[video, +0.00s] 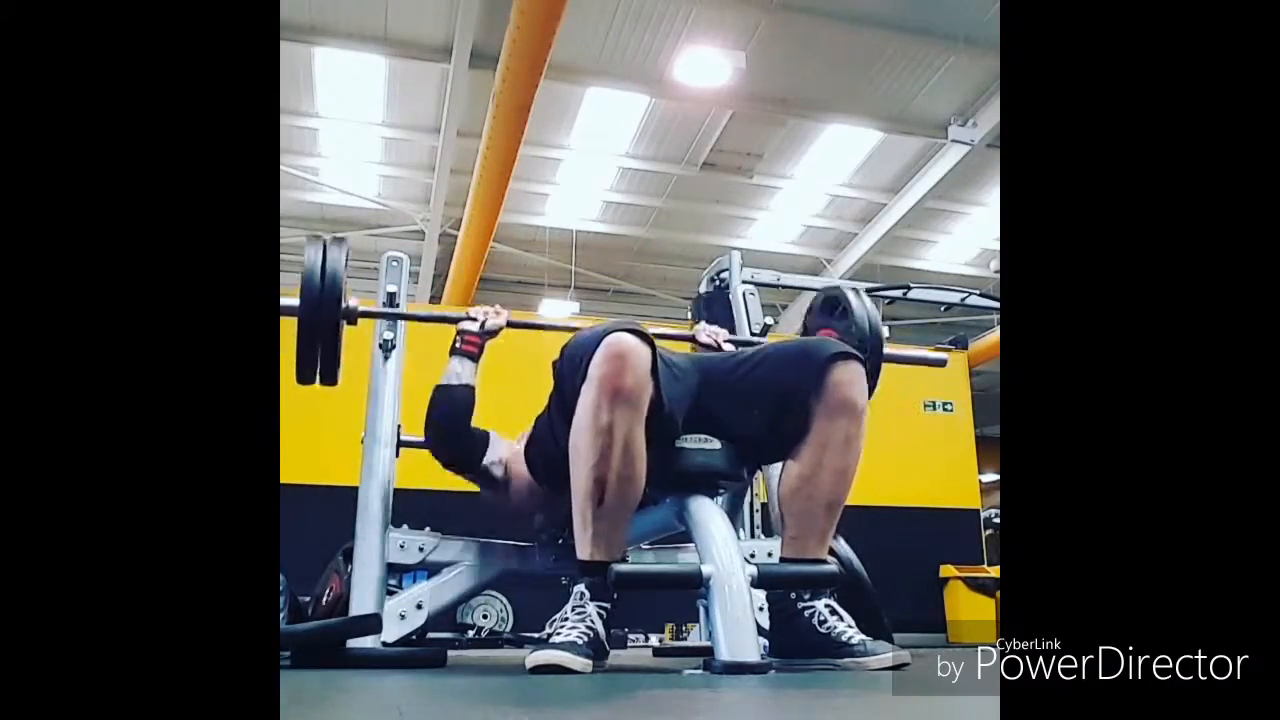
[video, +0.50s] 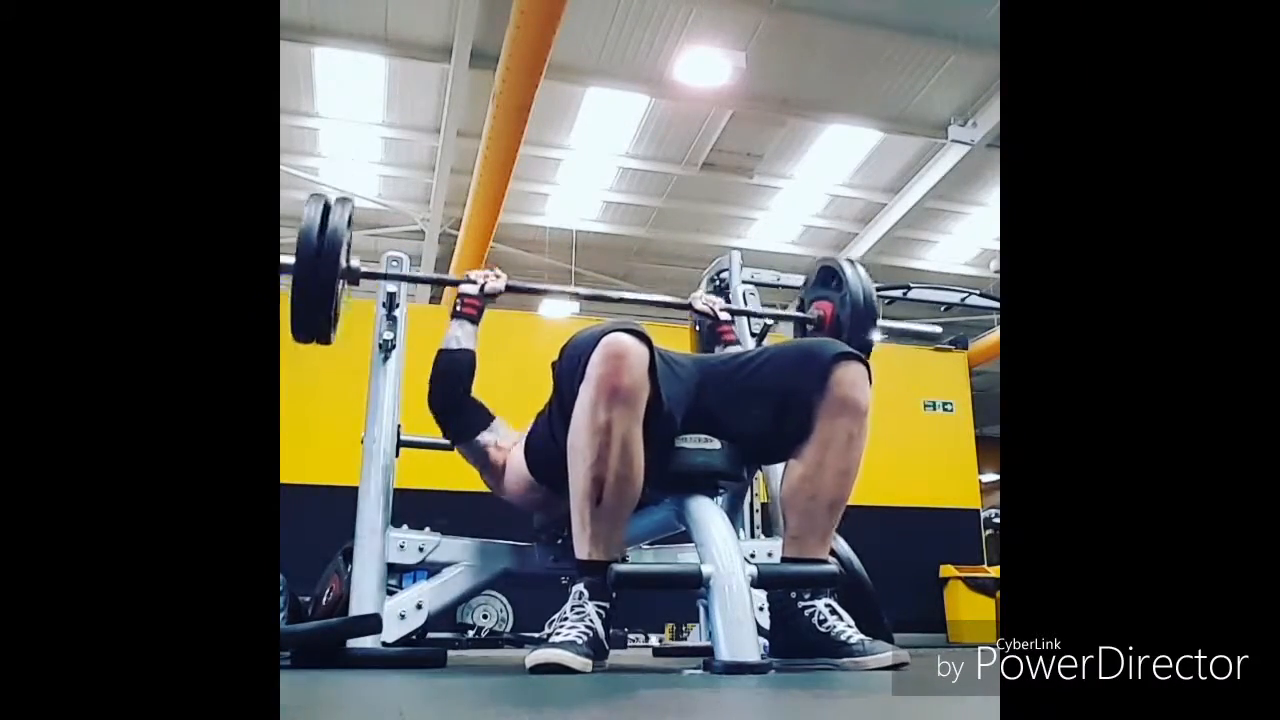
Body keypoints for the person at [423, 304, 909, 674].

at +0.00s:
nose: (509, 496)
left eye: (502, 490)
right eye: (501, 490)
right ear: (506, 477)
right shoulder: (524, 461)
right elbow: (448, 433)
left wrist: (717, 355)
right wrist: (468, 344)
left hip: (713, 385)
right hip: (642, 374)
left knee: (841, 373)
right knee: (620, 353)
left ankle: (799, 610)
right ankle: (587, 606)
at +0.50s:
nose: (497, 446)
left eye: (498, 444)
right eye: (491, 455)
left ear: (522, 440)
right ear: (496, 468)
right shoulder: (519, 469)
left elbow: (730, 402)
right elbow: (449, 399)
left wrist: (720, 334)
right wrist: (468, 309)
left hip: (694, 390)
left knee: (843, 377)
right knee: (618, 355)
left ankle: (800, 607)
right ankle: (585, 606)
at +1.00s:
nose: (481, 460)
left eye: (478, 462)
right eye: (482, 476)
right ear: (496, 493)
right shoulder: (528, 480)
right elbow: (447, 479)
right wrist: (465, 384)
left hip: (700, 373)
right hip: (625, 357)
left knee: (847, 376)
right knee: (617, 357)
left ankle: (801, 607)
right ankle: (588, 606)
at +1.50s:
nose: (499, 435)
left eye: (501, 434)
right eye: (494, 437)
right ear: (503, 459)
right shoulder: (526, 468)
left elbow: (724, 375)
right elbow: (473, 375)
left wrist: (711, 300)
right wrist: (468, 279)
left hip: (703, 383)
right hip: (626, 363)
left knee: (837, 373)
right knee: (614, 351)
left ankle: (798, 607)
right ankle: (585, 606)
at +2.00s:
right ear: (496, 498)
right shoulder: (524, 480)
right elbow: (452, 501)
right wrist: (468, 406)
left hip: (707, 376)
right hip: (630, 358)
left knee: (850, 375)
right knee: (618, 357)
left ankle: (800, 607)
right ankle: (587, 606)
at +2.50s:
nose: (499, 450)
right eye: (498, 456)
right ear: (506, 474)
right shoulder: (517, 469)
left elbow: (735, 402)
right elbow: (454, 397)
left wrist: (720, 336)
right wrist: (469, 303)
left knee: (844, 375)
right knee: (618, 352)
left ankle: (800, 609)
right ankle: (584, 608)